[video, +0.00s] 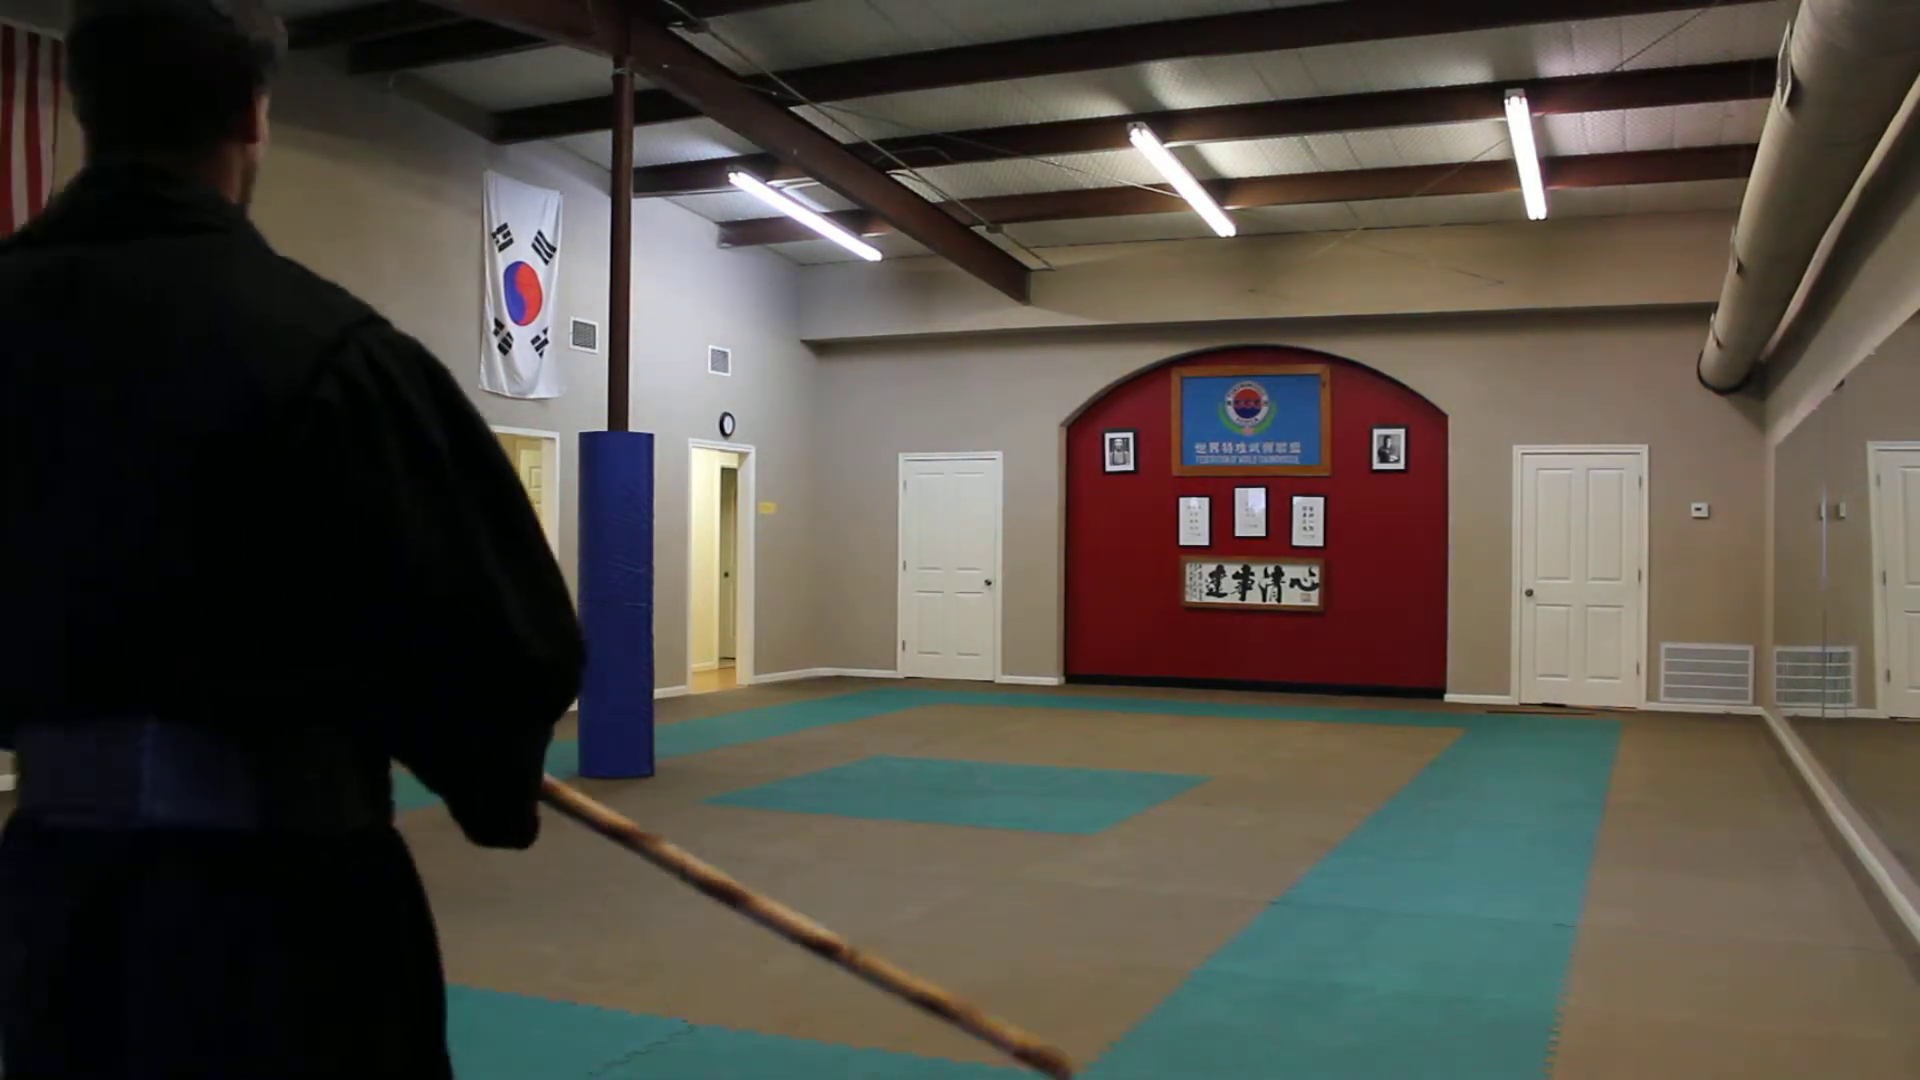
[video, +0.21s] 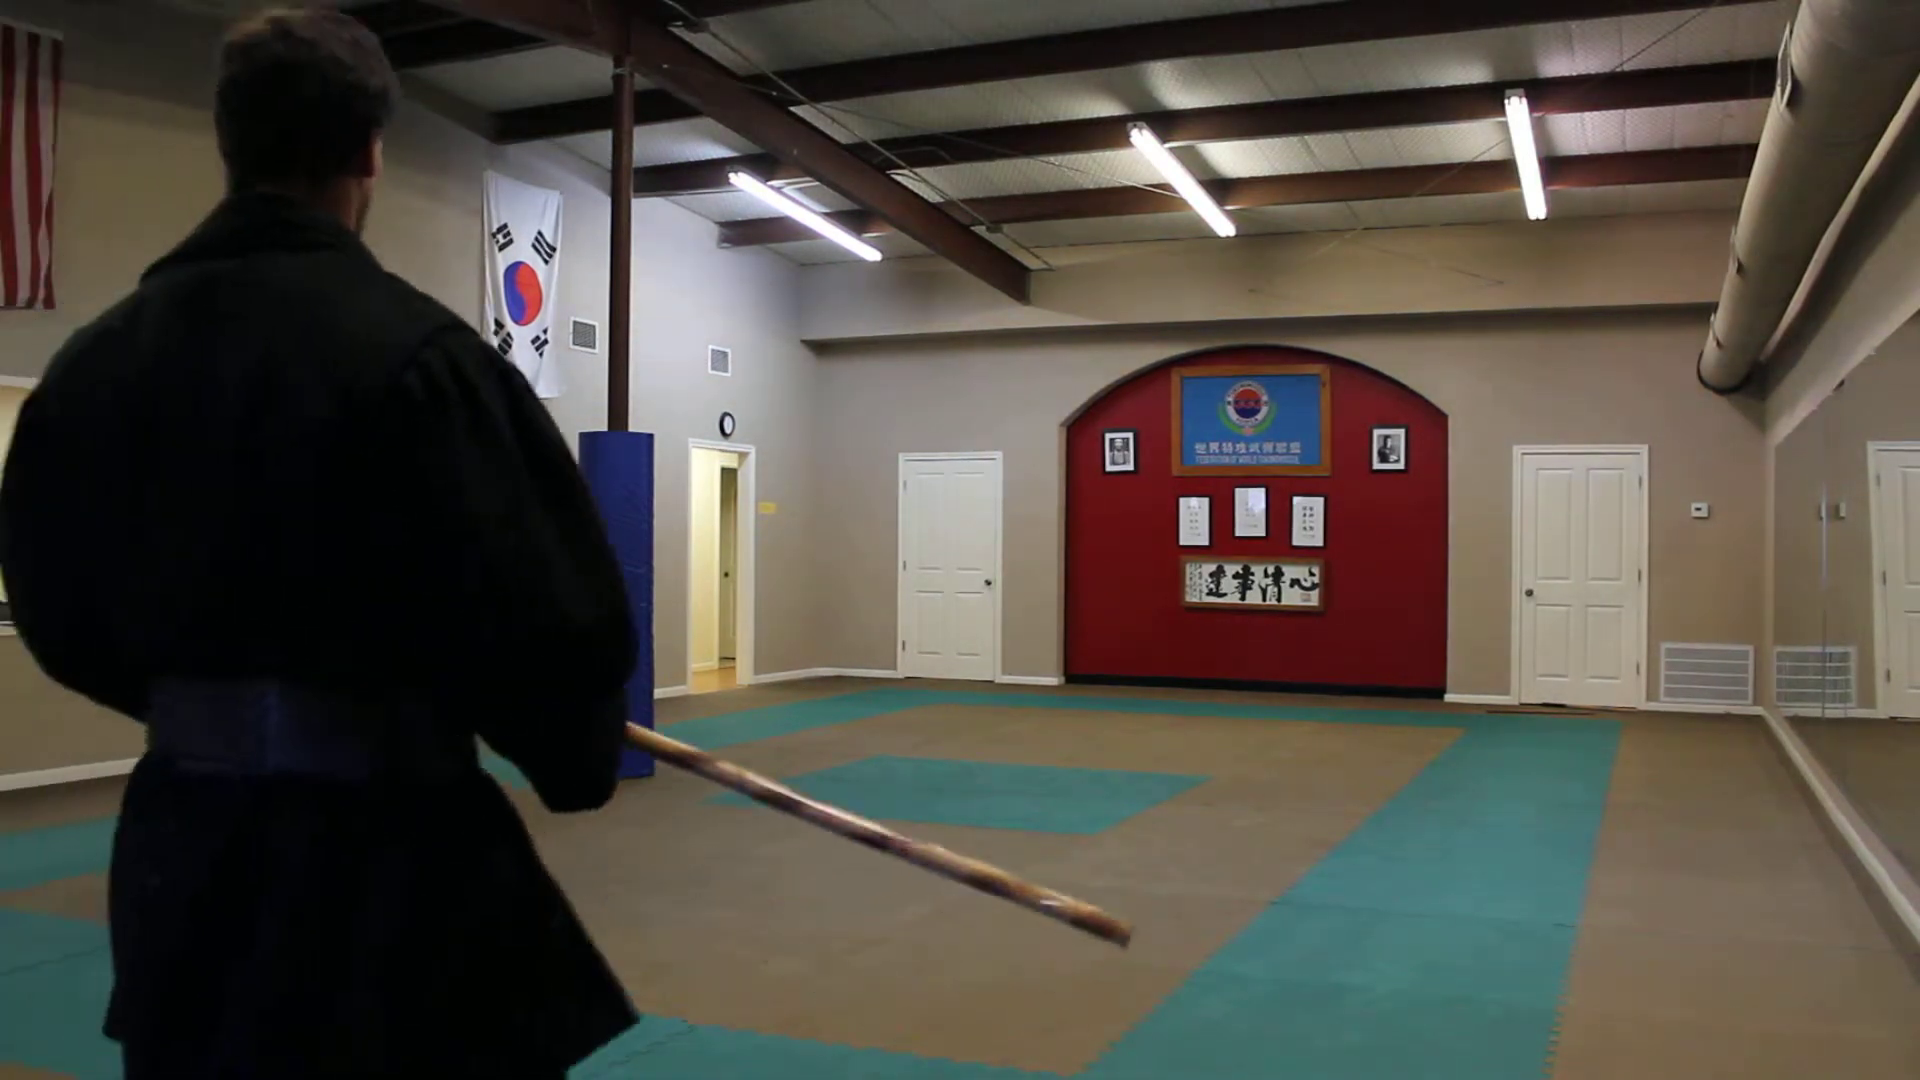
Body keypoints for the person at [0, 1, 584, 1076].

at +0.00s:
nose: (264, 132)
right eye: (266, 112)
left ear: (81, 112)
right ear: (253, 119)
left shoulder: (12, 309)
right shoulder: (335, 353)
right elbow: (507, 650)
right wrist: (491, 770)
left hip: (54, 852)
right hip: (291, 864)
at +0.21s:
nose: (379, 168)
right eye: (381, 148)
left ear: (227, 147)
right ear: (368, 158)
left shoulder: (94, 366)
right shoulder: (429, 359)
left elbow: (59, 619)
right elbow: (554, 619)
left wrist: (195, 704)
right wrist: (578, 746)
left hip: (185, 830)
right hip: (397, 833)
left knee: (196, 1060)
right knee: (419, 1060)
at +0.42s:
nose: (482, 234)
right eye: (483, 215)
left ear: (356, 199)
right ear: (471, 218)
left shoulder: (218, 382)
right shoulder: (512, 381)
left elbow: (178, 614)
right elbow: (627, 616)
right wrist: (653, 749)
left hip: (303, 805)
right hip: (493, 803)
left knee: (328, 1058)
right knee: (547, 1055)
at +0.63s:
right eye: (585, 247)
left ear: (473, 243)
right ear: (585, 257)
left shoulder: (353, 409)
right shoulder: (629, 417)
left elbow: (309, 611)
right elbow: (742, 630)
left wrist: (427, 682)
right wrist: (712, 719)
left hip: (437, 806)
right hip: (604, 808)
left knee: (441, 1053)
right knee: (620, 1056)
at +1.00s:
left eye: (589, 271)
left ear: (587, 281)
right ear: (685, 287)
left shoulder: (500, 418)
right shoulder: (752, 421)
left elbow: (422, 567)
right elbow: (818, 583)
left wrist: (525, 647)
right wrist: (739, 673)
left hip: (563, 750)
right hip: (701, 753)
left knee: (581, 999)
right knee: (692, 1001)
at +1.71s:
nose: (675, 350)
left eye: (674, 339)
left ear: (677, 347)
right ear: (755, 350)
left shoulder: (617, 457)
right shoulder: (817, 455)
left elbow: (565, 602)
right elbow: (875, 588)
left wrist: (626, 689)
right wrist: (824, 675)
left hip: (663, 724)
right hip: (785, 724)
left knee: (662, 926)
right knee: (797, 902)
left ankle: (657, 1065)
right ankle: (835, 1053)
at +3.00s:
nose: (692, 416)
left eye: (694, 403)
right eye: (690, 404)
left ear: (721, 398)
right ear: (744, 396)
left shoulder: (743, 468)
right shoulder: (807, 459)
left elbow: (709, 572)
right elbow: (804, 569)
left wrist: (667, 650)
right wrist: (713, 622)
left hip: (774, 662)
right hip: (824, 654)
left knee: (743, 816)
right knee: (817, 803)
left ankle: (737, 987)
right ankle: (825, 941)